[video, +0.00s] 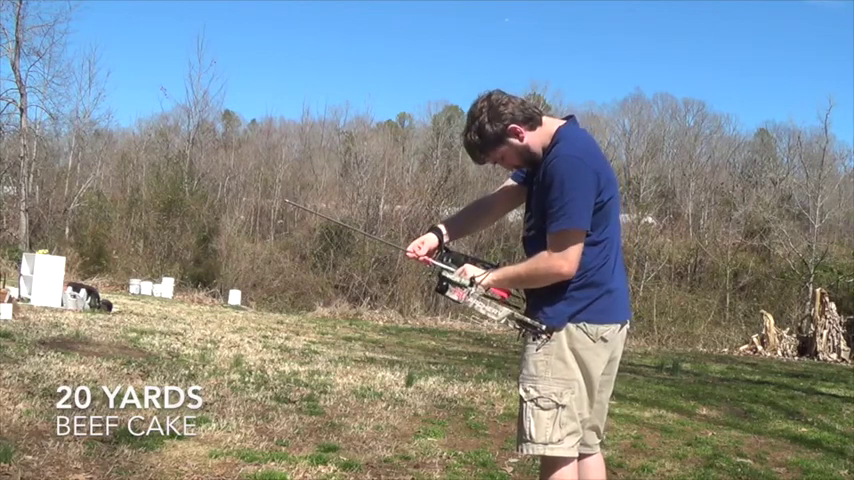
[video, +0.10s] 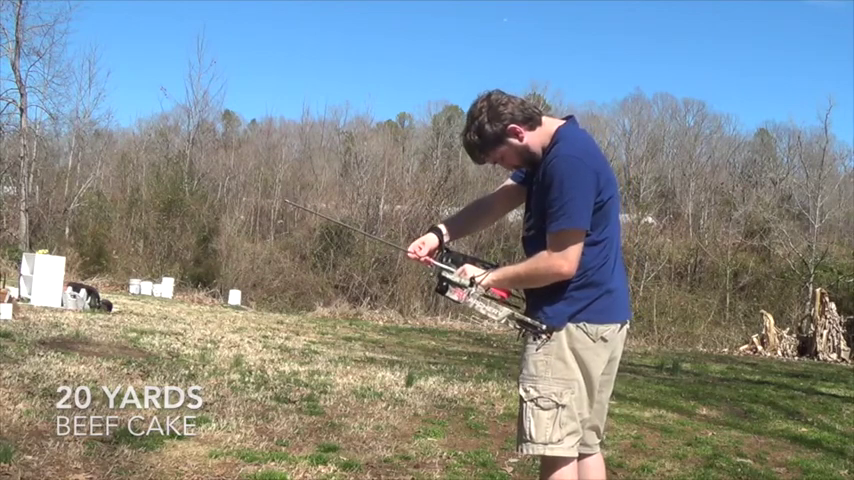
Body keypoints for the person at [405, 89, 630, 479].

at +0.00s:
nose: (503, 166)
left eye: (499, 158)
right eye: (496, 162)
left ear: (516, 132)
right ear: (518, 127)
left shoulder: (568, 160)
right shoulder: (558, 148)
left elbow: (562, 263)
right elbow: (498, 202)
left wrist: (491, 277)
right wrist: (440, 234)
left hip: (572, 319)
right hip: (592, 316)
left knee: (558, 449)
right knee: (586, 445)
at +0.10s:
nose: (502, 166)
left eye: (498, 158)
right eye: (495, 162)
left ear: (515, 132)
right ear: (518, 127)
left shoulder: (568, 159)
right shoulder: (558, 148)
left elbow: (563, 263)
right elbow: (497, 202)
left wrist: (491, 277)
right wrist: (441, 234)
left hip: (572, 318)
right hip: (592, 315)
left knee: (558, 449)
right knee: (586, 445)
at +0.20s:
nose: (502, 166)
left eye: (498, 158)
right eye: (495, 162)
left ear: (515, 131)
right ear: (518, 128)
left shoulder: (568, 159)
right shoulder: (556, 148)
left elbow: (562, 263)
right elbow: (497, 202)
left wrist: (490, 277)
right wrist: (441, 235)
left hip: (573, 318)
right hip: (592, 315)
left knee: (558, 448)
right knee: (585, 445)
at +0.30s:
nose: (503, 166)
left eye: (498, 159)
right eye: (496, 163)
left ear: (515, 132)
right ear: (517, 127)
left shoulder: (567, 159)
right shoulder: (557, 148)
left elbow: (562, 262)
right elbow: (497, 203)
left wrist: (490, 277)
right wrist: (439, 235)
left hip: (572, 319)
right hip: (590, 316)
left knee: (557, 449)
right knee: (585, 445)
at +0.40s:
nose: (503, 166)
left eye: (499, 159)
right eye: (496, 163)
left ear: (514, 132)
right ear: (516, 127)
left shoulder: (566, 159)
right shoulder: (557, 148)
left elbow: (562, 263)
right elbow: (496, 202)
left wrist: (489, 278)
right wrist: (436, 233)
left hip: (572, 319)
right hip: (591, 316)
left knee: (557, 449)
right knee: (585, 445)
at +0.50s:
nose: (502, 166)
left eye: (498, 159)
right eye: (495, 163)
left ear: (514, 132)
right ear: (515, 127)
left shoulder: (566, 159)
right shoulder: (556, 149)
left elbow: (563, 263)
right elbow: (495, 202)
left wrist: (490, 278)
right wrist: (437, 234)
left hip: (572, 319)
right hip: (591, 315)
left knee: (557, 449)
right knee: (585, 444)